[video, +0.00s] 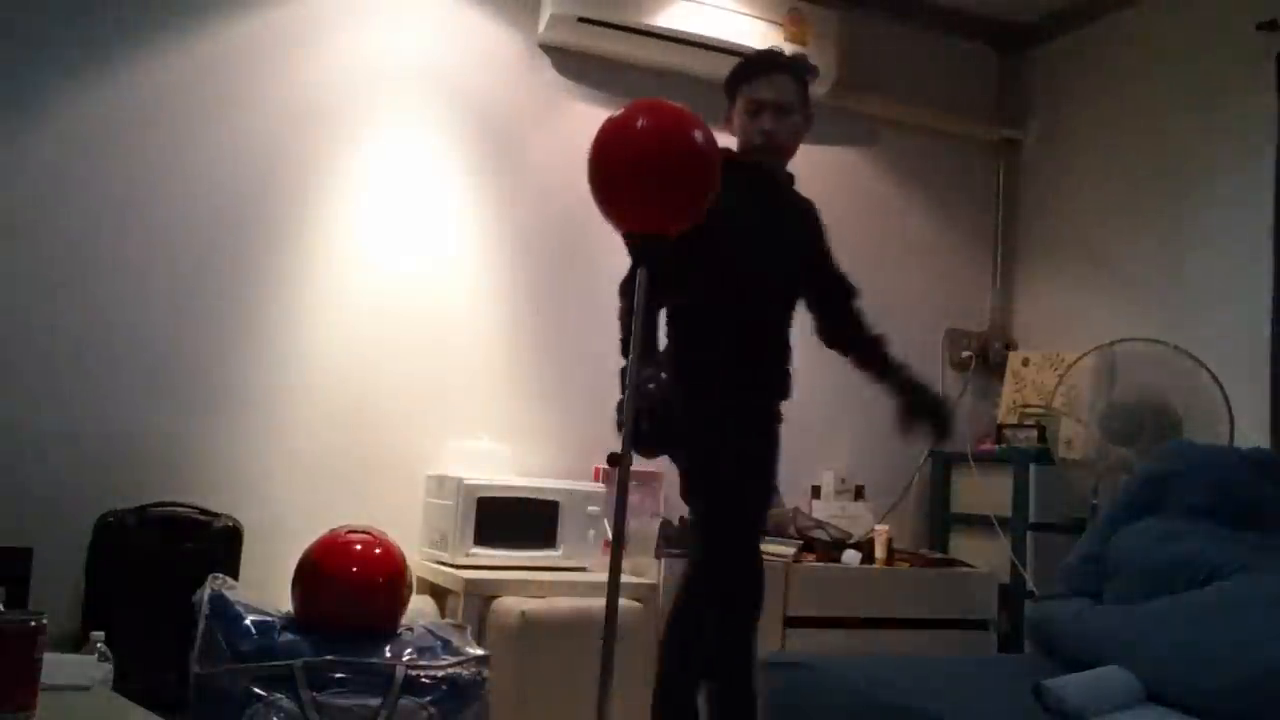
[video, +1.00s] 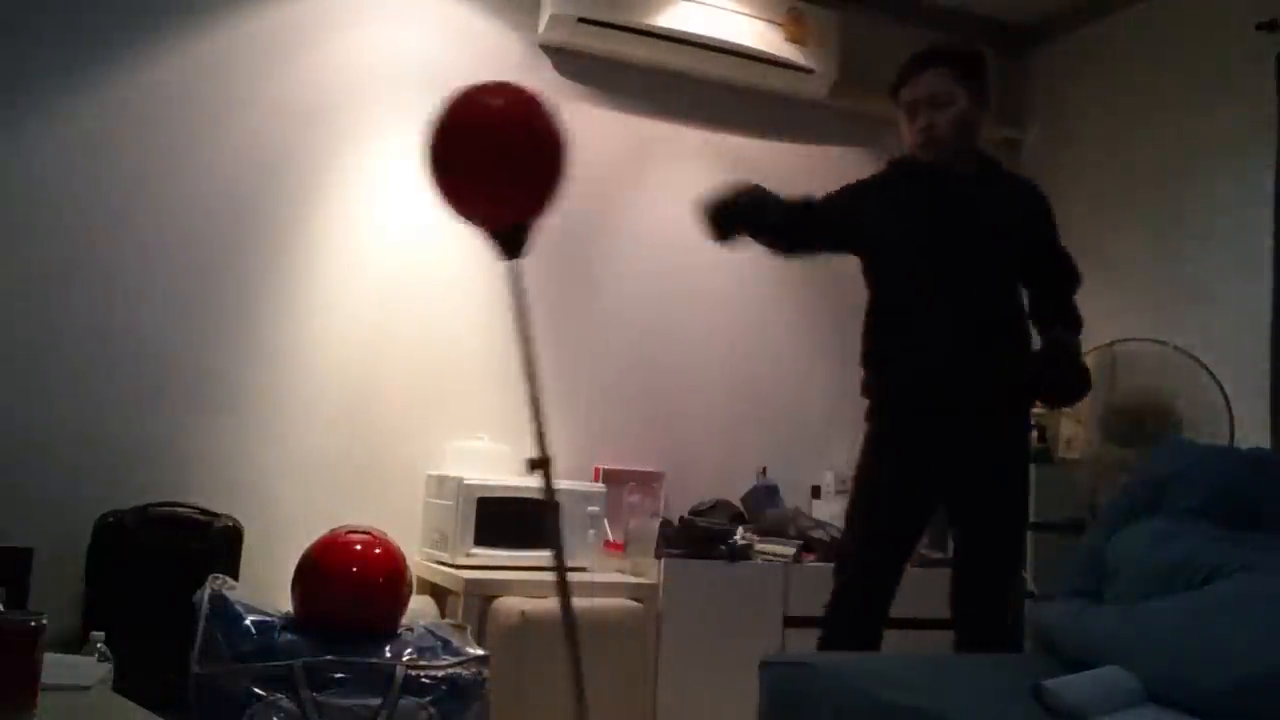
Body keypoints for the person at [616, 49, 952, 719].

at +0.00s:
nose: (770, 125)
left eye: (786, 113)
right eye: (756, 109)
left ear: (806, 126)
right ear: (731, 115)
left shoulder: (797, 215)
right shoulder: (692, 189)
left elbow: (837, 319)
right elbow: (642, 288)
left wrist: (904, 385)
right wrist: (640, 374)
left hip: (754, 405)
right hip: (690, 397)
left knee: (718, 571)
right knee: (736, 576)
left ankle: (673, 705)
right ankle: (732, 709)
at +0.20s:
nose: (775, 115)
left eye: (790, 101)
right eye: (761, 104)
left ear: (818, 113)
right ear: (744, 117)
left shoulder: (830, 209)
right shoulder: (719, 188)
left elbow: (868, 314)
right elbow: (674, 285)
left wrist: (938, 354)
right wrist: (671, 336)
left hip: (801, 409)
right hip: (733, 406)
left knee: (832, 586)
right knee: (746, 590)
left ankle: (737, 659)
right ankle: (731, 709)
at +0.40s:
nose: (794, 111)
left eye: (809, 96)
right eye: (781, 100)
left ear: (840, 105)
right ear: (768, 115)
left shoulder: (868, 198)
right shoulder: (746, 196)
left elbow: (889, 296)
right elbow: (688, 297)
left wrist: (913, 357)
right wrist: (673, 231)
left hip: (854, 414)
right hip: (772, 415)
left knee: (911, 580)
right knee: (760, 592)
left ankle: (851, 707)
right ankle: (743, 717)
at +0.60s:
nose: (842, 117)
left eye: (858, 101)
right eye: (829, 105)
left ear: (894, 109)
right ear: (817, 118)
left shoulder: (929, 202)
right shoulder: (801, 198)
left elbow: (955, 305)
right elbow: (721, 283)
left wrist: (974, 380)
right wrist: (731, 232)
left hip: (904, 411)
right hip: (817, 412)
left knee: (939, 586)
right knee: (786, 588)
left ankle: (972, 716)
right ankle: (752, 715)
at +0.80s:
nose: (908, 117)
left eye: (923, 101)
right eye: (893, 106)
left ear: (954, 108)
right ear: (878, 120)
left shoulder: (989, 201)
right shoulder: (857, 198)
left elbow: (1024, 293)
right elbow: (773, 268)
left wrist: (1033, 359)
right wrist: (742, 241)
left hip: (960, 412)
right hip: (870, 413)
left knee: (964, 586)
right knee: (831, 579)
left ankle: (971, 707)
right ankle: (805, 705)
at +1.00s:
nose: (923, 121)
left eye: (938, 104)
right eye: (910, 111)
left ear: (976, 109)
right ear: (899, 124)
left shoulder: (1017, 199)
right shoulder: (886, 195)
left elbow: (1053, 286)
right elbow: (810, 223)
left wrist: (1062, 356)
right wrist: (751, 211)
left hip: (994, 419)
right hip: (904, 418)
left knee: (989, 594)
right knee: (861, 585)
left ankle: (990, 712)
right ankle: (829, 710)